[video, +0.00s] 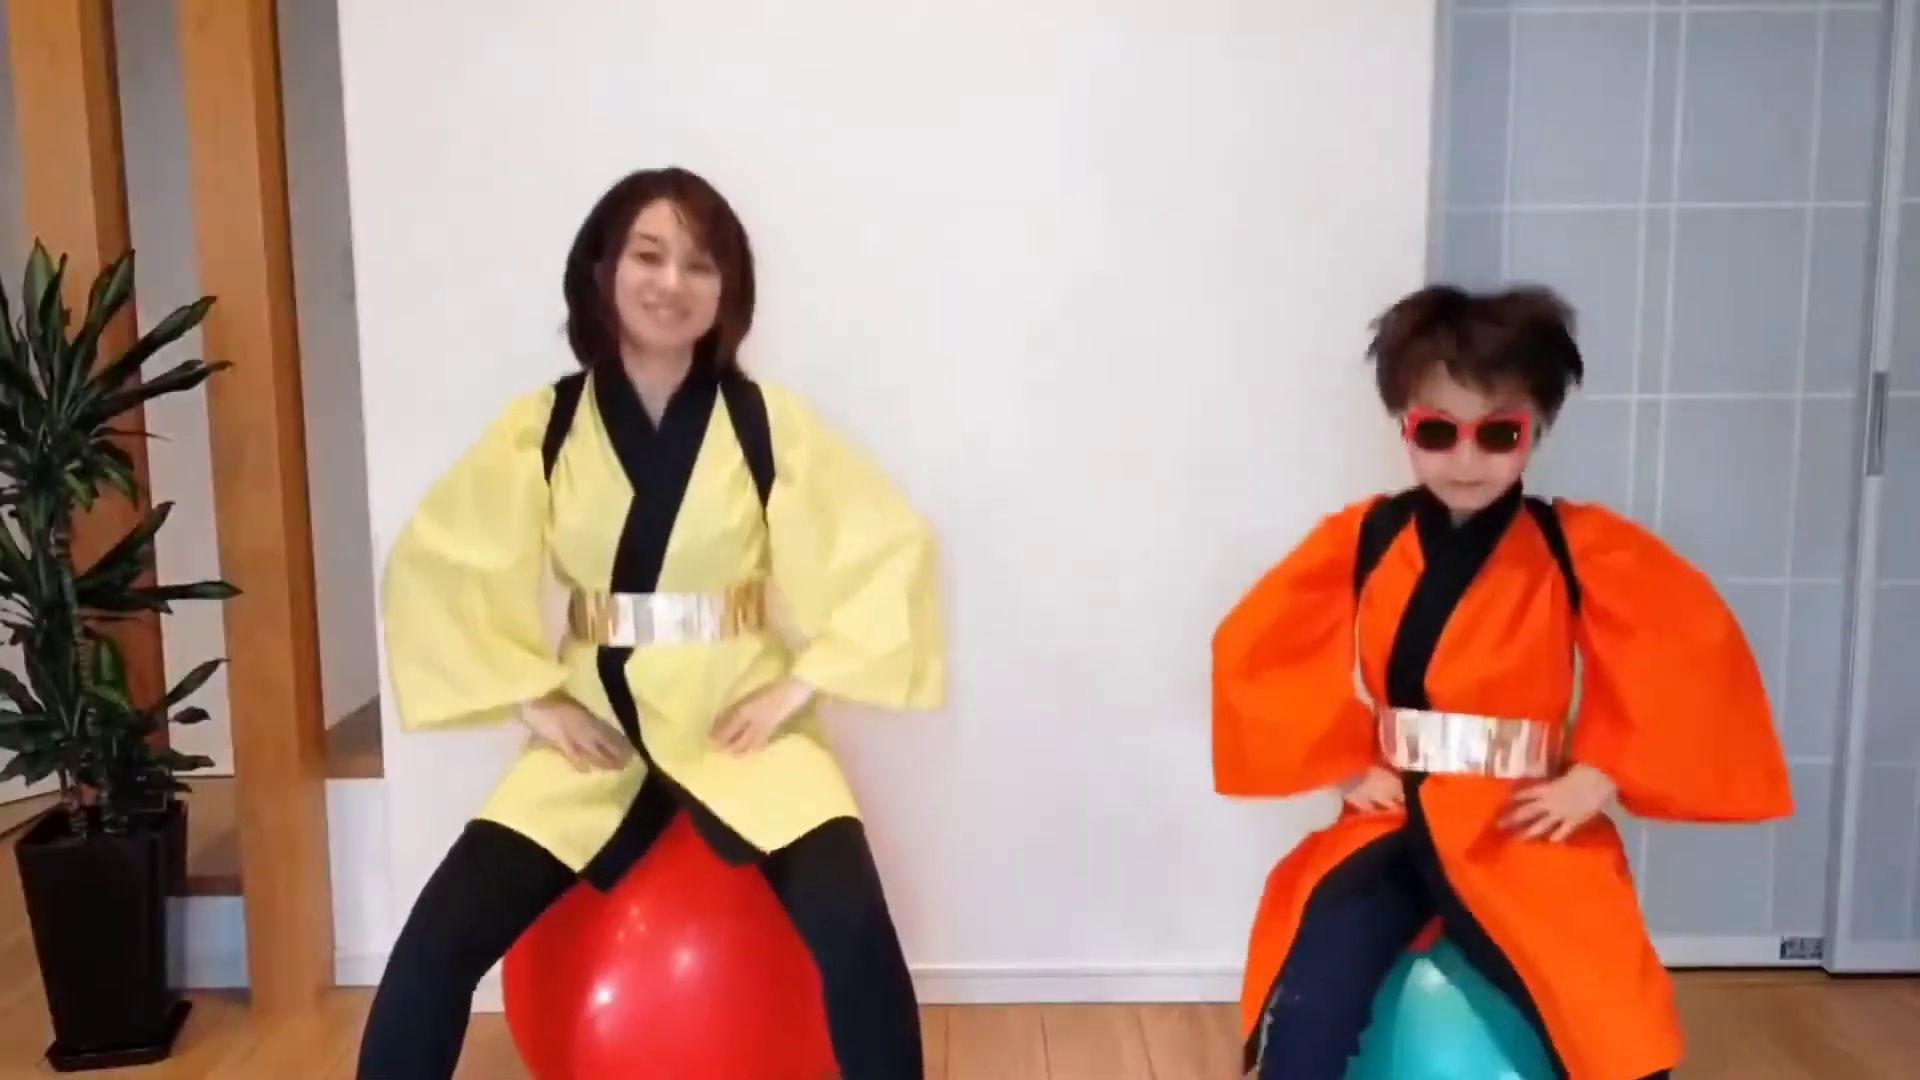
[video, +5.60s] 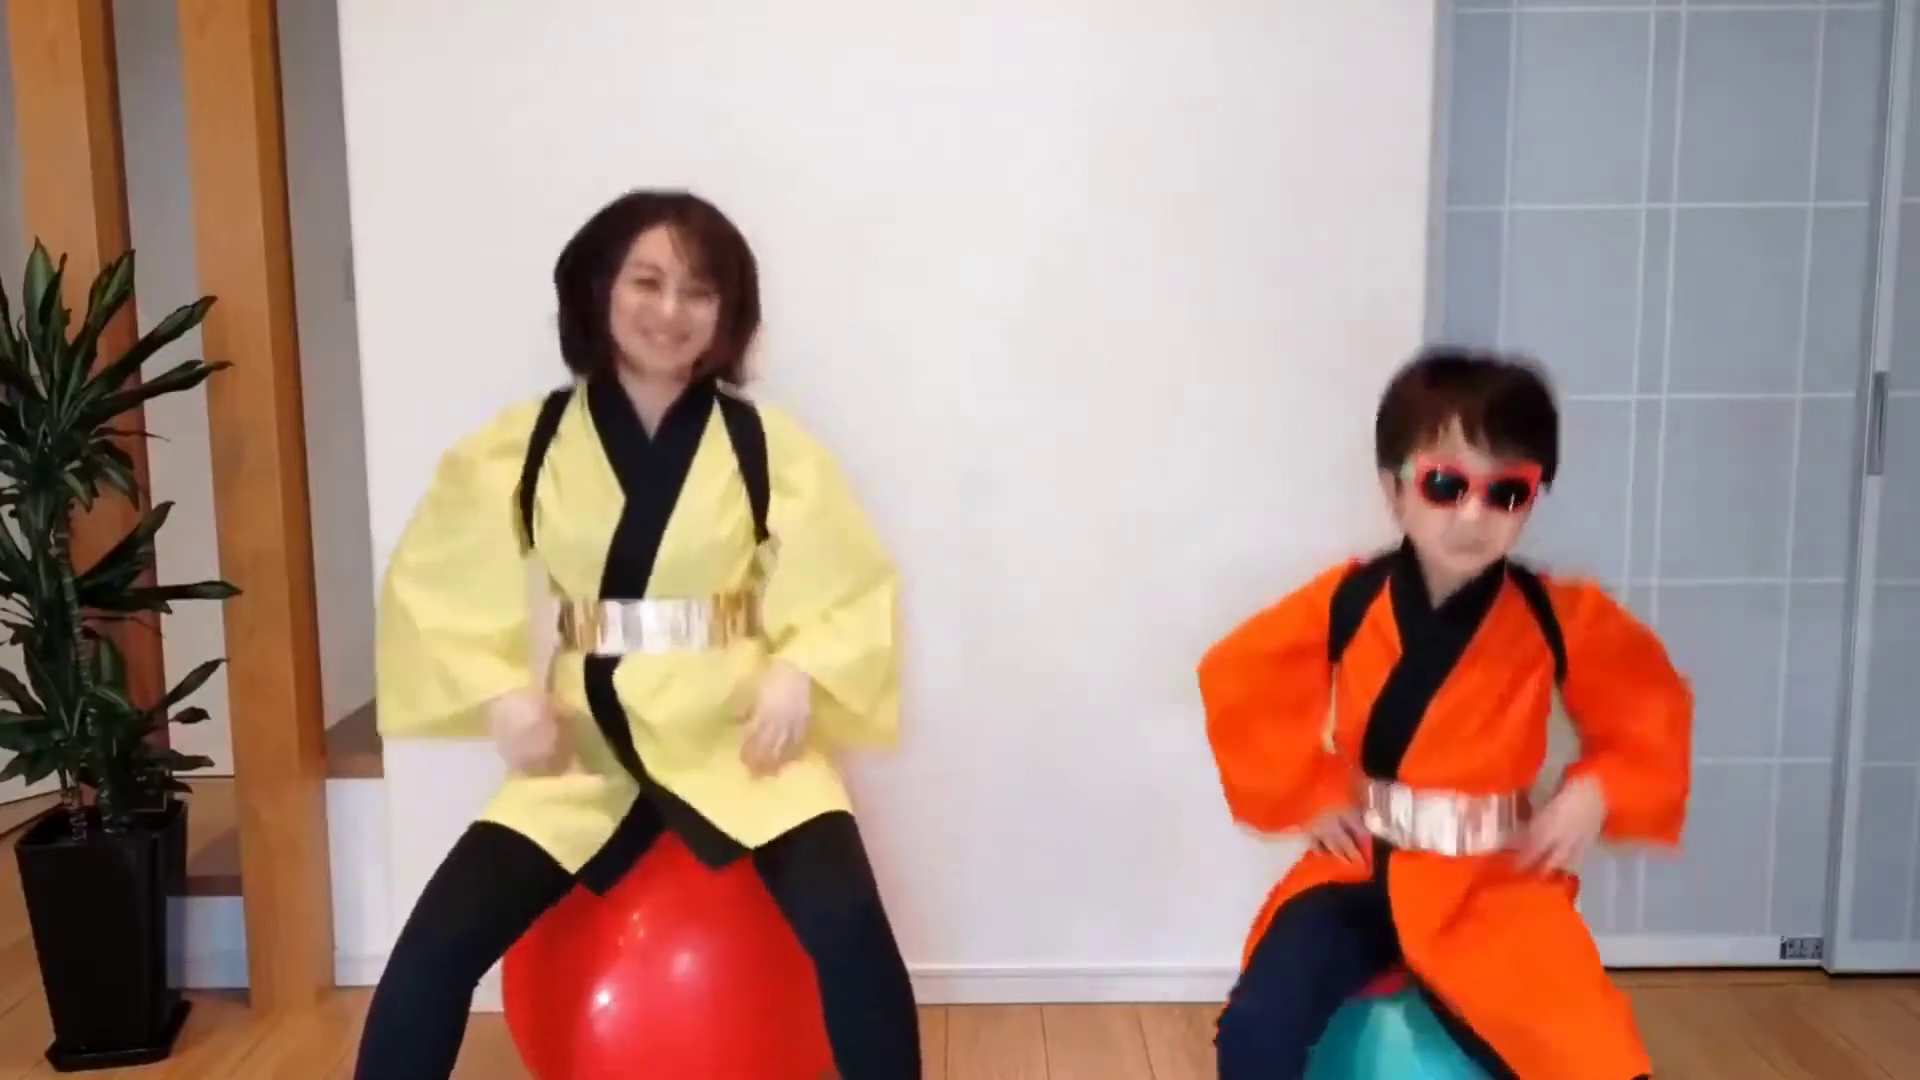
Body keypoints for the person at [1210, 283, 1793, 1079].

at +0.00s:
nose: (1465, 459)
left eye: (1498, 434)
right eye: (1435, 431)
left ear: (1535, 432)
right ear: (1401, 427)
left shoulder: (1579, 544)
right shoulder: (1361, 539)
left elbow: (1693, 657)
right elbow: (1253, 653)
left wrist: (1600, 774)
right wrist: (1345, 762)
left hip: (1528, 828)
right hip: (1390, 823)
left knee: (1619, 1016)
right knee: (1314, 977)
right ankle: (1295, 1066)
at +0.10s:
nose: (1466, 520)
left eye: (1497, 499)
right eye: (1438, 496)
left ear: (1536, 502)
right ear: (1402, 496)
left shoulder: (1576, 623)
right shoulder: (1362, 612)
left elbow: (1684, 745)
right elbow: (1257, 721)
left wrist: (1584, 860)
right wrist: (1351, 830)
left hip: (1516, 897)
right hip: (1385, 884)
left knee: (1595, 1041)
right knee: (1338, 958)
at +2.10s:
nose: (1467, 441)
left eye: (1500, 416)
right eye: (1438, 414)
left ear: (1536, 429)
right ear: (1399, 424)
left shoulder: (1573, 549)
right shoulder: (1359, 538)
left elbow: (1693, 667)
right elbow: (1242, 642)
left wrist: (1589, 776)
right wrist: (1341, 756)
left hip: (1522, 823)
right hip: (1384, 816)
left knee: (1633, 1032)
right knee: (1281, 1001)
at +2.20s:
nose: (1466, 513)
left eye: (1497, 490)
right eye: (1438, 487)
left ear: (1531, 506)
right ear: (1397, 500)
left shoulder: (1567, 623)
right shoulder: (1361, 606)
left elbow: (1684, 745)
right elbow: (1240, 705)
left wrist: (1571, 844)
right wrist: (1342, 814)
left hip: (1513, 884)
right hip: (1380, 871)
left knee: (1621, 1040)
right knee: (1308, 970)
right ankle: (1275, 1066)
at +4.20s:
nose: (1462, 427)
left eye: (1494, 402)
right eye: (1432, 402)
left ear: (1527, 414)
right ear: (1392, 418)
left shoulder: (1566, 538)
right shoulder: (1352, 530)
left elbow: (1682, 644)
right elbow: (1232, 632)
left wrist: (1583, 759)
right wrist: (1327, 744)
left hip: (1509, 816)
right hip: (1374, 807)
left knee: (1598, 1017)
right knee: (1280, 961)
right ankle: (1265, 1064)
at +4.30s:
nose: (1459, 488)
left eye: (1490, 463)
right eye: (1429, 462)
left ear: (1522, 483)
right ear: (1389, 486)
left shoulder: (1561, 606)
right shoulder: (1355, 595)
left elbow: (1676, 715)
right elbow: (1231, 694)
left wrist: (1569, 834)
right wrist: (1335, 810)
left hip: (1505, 874)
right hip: (1369, 862)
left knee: (1600, 1049)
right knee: (1279, 987)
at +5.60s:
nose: (1474, 514)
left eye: (1507, 492)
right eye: (1445, 484)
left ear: (1535, 499)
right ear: (1394, 487)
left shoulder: (1558, 614)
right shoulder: (1350, 599)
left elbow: (1654, 706)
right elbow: (1236, 678)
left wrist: (1595, 792)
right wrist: (1304, 792)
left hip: (1495, 880)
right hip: (1358, 868)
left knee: (1593, 1052)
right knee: (1258, 1026)